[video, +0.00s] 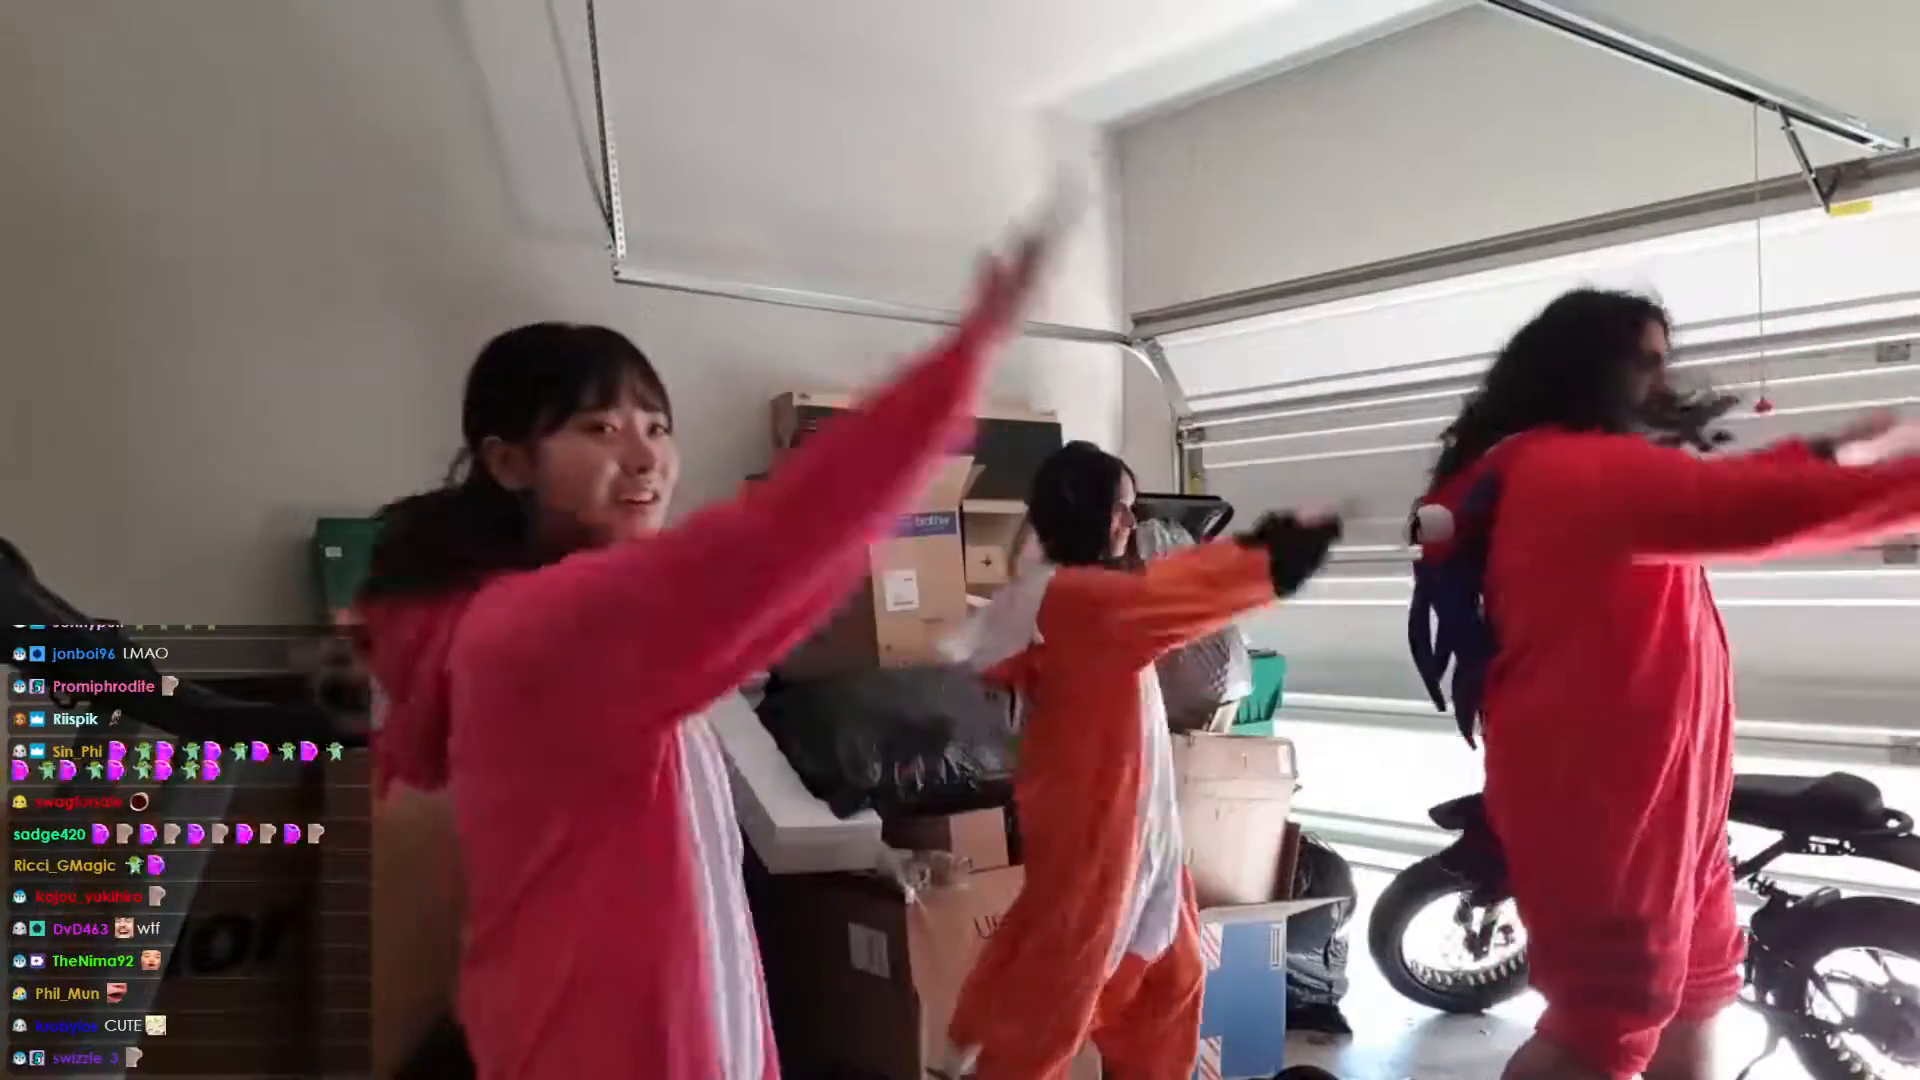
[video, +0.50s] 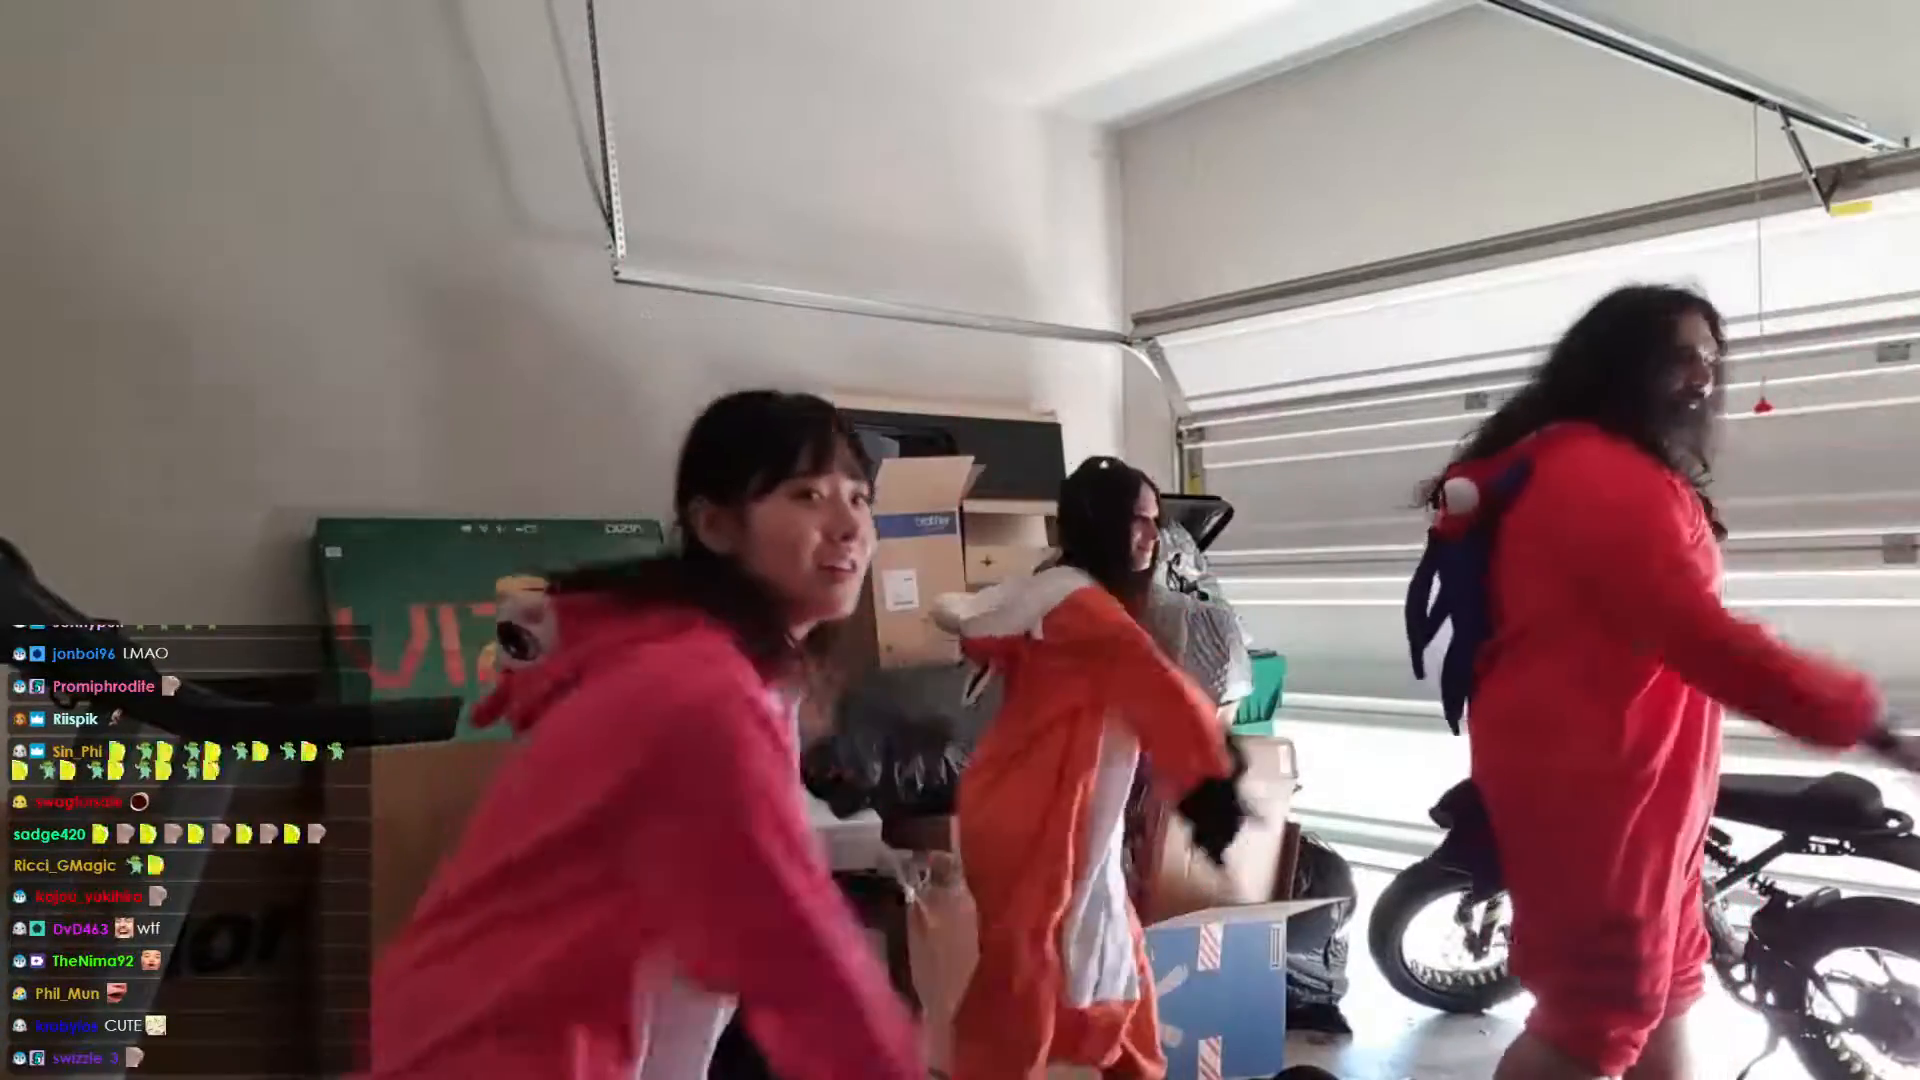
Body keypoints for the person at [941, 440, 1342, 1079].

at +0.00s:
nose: (1131, 523)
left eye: (1131, 509)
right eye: (1127, 509)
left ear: (1051, 516)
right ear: (1108, 520)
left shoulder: (1066, 595)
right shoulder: (1079, 597)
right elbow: (1173, 592)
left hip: (1134, 811)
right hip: (1091, 815)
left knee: (1170, 973)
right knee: (1062, 968)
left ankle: (1155, 1068)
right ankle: (1007, 1066)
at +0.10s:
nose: (1139, 544)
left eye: (1140, 530)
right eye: (1126, 530)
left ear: (1068, 535)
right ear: (1090, 535)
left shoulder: (1089, 616)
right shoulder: (1083, 617)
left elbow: (1009, 699)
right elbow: (1175, 564)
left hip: (1157, 815)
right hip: (1109, 821)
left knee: (1208, 974)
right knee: (1093, 978)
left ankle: (1171, 1072)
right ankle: (1024, 1064)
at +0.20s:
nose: (1147, 540)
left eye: (1143, 527)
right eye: (1136, 528)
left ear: (1068, 542)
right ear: (1109, 542)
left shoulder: (1062, 621)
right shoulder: (1082, 631)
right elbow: (1166, 565)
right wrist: (1196, 452)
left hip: (1158, 823)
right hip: (1114, 837)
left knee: (1223, 979)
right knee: (1106, 1015)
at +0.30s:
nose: (1142, 537)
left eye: (1144, 524)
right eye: (1131, 525)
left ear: (1077, 530)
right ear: (1096, 530)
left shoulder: (1089, 598)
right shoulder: (1068, 608)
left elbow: (1161, 549)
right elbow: (1178, 599)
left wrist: (1231, 507)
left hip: (1133, 801)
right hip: (1083, 812)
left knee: (1200, 961)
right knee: (1089, 980)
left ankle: (1186, 1072)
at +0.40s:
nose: (1144, 524)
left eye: (1145, 509)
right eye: (1136, 508)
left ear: (1070, 512)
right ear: (1111, 514)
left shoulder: (1085, 586)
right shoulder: (1065, 591)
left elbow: (1158, 608)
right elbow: (1162, 629)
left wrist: (1233, 597)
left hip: (1099, 810)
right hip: (1051, 817)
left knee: (1153, 989)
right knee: (1046, 1001)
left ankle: (1163, 1071)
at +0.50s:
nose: (1150, 538)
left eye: (1153, 525)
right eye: (1138, 523)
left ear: (1076, 529)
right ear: (1100, 526)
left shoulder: (1061, 593)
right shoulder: (1082, 606)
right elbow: (1163, 692)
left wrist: (1202, 768)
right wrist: (1209, 776)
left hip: (1080, 819)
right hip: (1030, 819)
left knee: (1120, 972)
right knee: (1021, 977)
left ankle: (1133, 1066)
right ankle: (991, 1068)